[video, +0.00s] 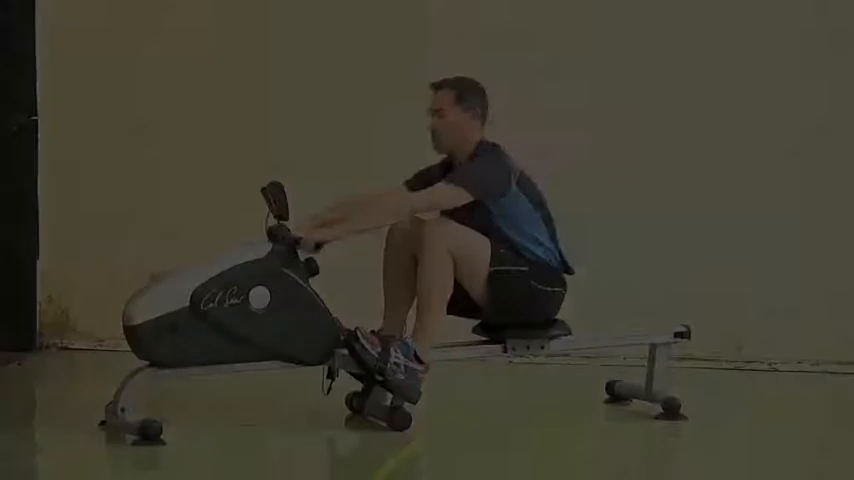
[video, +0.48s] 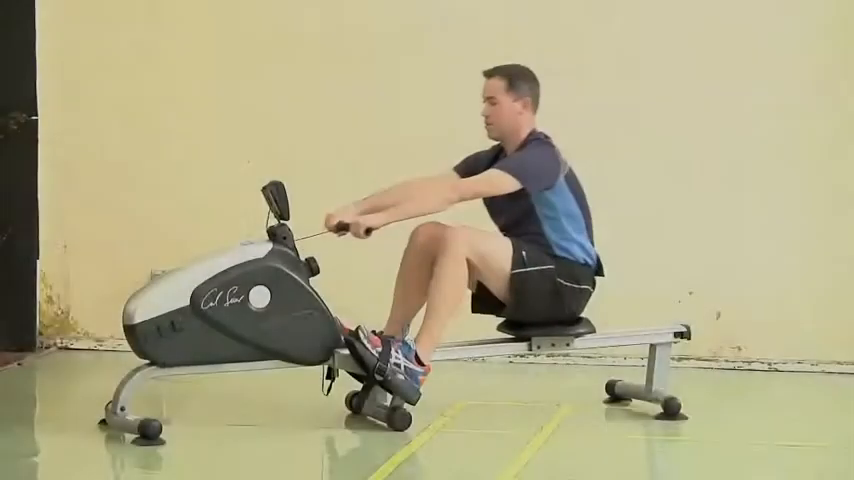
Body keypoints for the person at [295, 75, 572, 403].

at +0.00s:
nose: (430, 123)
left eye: (438, 114)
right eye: (430, 115)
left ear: (471, 117)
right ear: (464, 118)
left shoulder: (491, 165)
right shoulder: (443, 172)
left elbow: (416, 206)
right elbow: (389, 206)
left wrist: (329, 234)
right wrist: (319, 223)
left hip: (535, 290)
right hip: (494, 289)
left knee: (438, 232)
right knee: (402, 230)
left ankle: (417, 356)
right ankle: (389, 342)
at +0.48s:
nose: (483, 111)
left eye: (492, 102)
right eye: (484, 102)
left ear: (523, 106)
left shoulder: (539, 157)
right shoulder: (490, 161)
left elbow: (456, 192)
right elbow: (434, 187)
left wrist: (379, 219)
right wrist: (359, 208)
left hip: (565, 281)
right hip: (526, 277)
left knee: (456, 240)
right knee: (425, 236)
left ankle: (417, 361)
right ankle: (388, 342)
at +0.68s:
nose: (531, 105)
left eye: (541, 96)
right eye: (531, 96)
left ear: (573, 100)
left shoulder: (586, 153)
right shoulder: (533, 154)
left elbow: (503, 184)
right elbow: (479, 180)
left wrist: (424, 211)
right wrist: (406, 200)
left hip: (592, 279)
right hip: (553, 273)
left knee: (477, 250)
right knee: (446, 247)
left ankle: (419, 360)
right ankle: (392, 343)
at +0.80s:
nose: (563, 102)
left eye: (572, 93)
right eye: (563, 94)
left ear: (603, 97)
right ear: (593, 98)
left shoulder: (616, 150)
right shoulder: (562, 152)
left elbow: (535, 182)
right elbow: (512, 180)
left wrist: (460, 204)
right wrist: (444, 196)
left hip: (607, 279)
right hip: (570, 270)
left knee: (492, 258)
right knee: (460, 254)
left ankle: (420, 361)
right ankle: (392, 344)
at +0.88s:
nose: (583, 102)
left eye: (592, 93)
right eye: (583, 93)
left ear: (623, 96)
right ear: (607, 98)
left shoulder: (637, 151)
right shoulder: (581, 152)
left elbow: (555, 187)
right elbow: (530, 182)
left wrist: (483, 205)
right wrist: (464, 196)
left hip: (616, 278)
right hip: (578, 268)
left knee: (501, 266)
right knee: (467, 260)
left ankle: (420, 360)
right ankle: (397, 344)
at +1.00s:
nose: (609, 102)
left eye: (618, 93)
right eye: (610, 94)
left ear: (650, 97)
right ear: (630, 98)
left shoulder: (663, 151)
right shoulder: (609, 154)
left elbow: (597, 198)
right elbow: (550, 187)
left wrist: (523, 210)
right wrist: (493, 201)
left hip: (630, 277)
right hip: (593, 269)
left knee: (513, 276)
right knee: (477, 271)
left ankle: (420, 361)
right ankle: (397, 345)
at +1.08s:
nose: (622, 104)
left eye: (631, 94)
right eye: (622, 95)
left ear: (664, 98)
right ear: (635, 99)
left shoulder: (675, 153)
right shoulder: (621, 154)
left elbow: (620, 208)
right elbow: (570, 193)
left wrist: (548, 212)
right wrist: (513, 205)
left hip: (636, 278)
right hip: (600, 266)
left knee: (518, 288)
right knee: (483, 281)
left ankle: (419, 365)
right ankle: (393, 347)